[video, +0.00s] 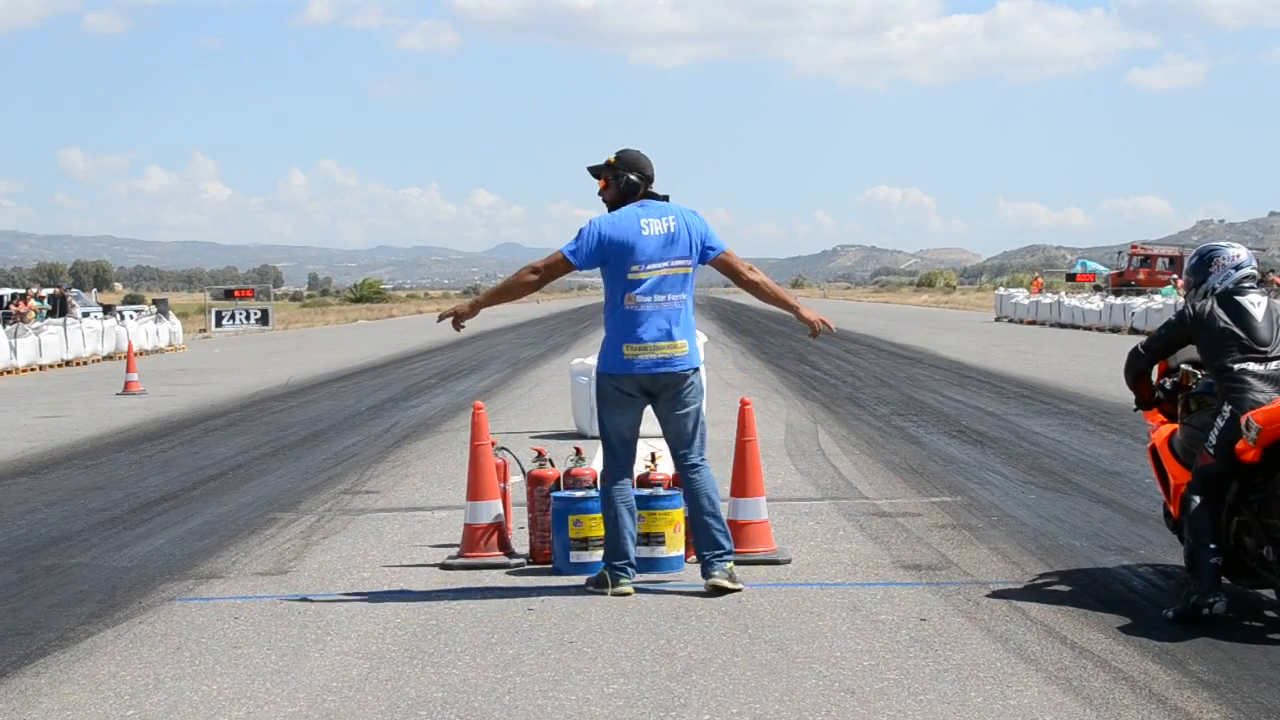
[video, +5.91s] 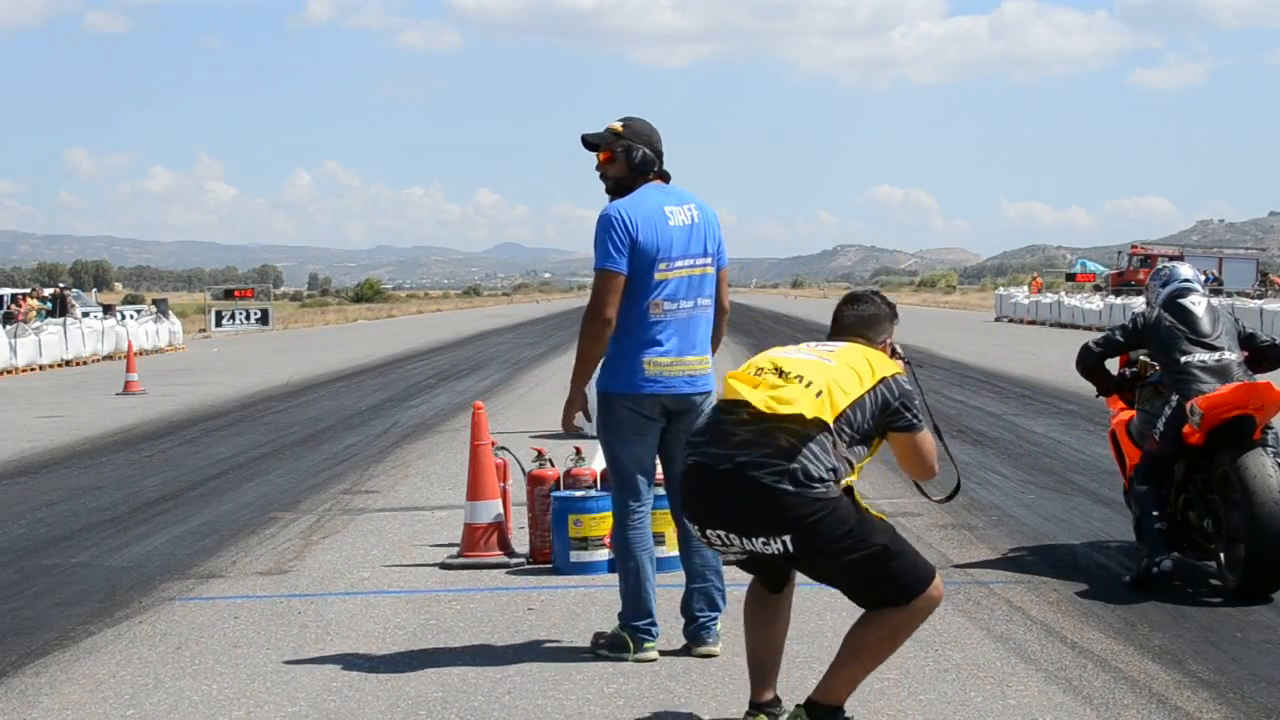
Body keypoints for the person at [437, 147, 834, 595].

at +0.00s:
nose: (598, 191)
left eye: (602, 183)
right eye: (600, 182)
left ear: (621, 183)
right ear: (647, 184)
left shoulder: (604, 229)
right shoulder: (689, 221)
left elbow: (538, 274)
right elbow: (743, 273)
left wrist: (476, 303)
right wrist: (801, 309)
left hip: (622, 365)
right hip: (679, 361)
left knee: (617, 470)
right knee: (693, 462)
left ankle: (619, 572)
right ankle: (719, 564)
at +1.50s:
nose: (568, 196)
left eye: (570, 188)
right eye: (568, 188)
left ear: (585, 186)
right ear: (616, 185)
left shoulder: (571, 230)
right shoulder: (659, 223)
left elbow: (523, 291)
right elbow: (698, 292)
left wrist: (497, 336)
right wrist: (723, 344)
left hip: (596, 366)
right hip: (653, 362)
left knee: (605, 468)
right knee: (658, 462)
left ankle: (616, 572)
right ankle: (667, 568)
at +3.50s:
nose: (528, 184)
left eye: (530, 177)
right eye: (528, 177)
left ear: (544, 178)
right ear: (581, 177)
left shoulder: (523, 228)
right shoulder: (624, 220)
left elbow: (500, 319)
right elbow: (649, 307)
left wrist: (487, 390)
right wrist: (649, 370)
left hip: (553, 375)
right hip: (616, 371)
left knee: (561, 485)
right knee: (629, 477)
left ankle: (570, 605)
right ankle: (641, 593)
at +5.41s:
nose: (575, 169)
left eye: (580, 159)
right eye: (576, 159)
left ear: (602, 161)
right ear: (632, 161)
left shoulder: (587, 219)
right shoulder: (686, 215)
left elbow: (566, 315)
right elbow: (708, 310)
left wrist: (547, 392)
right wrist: (703, 374)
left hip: (611, 384)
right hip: (679, 380)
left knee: (622, 506)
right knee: (683, 496)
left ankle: (638, 631)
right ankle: (701, 623)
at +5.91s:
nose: (599, 167)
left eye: (607, 158)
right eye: (599, 158)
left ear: (636, 160)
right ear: (653, 162)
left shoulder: (621, 215)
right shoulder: (704, 214)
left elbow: (604, 315)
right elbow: (721, 305)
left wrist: (578, 385)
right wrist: (699, 361)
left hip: (632, 383)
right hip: (696, 381)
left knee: (633, 508)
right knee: (694, 505)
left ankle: (639, 631)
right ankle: (706, 627)